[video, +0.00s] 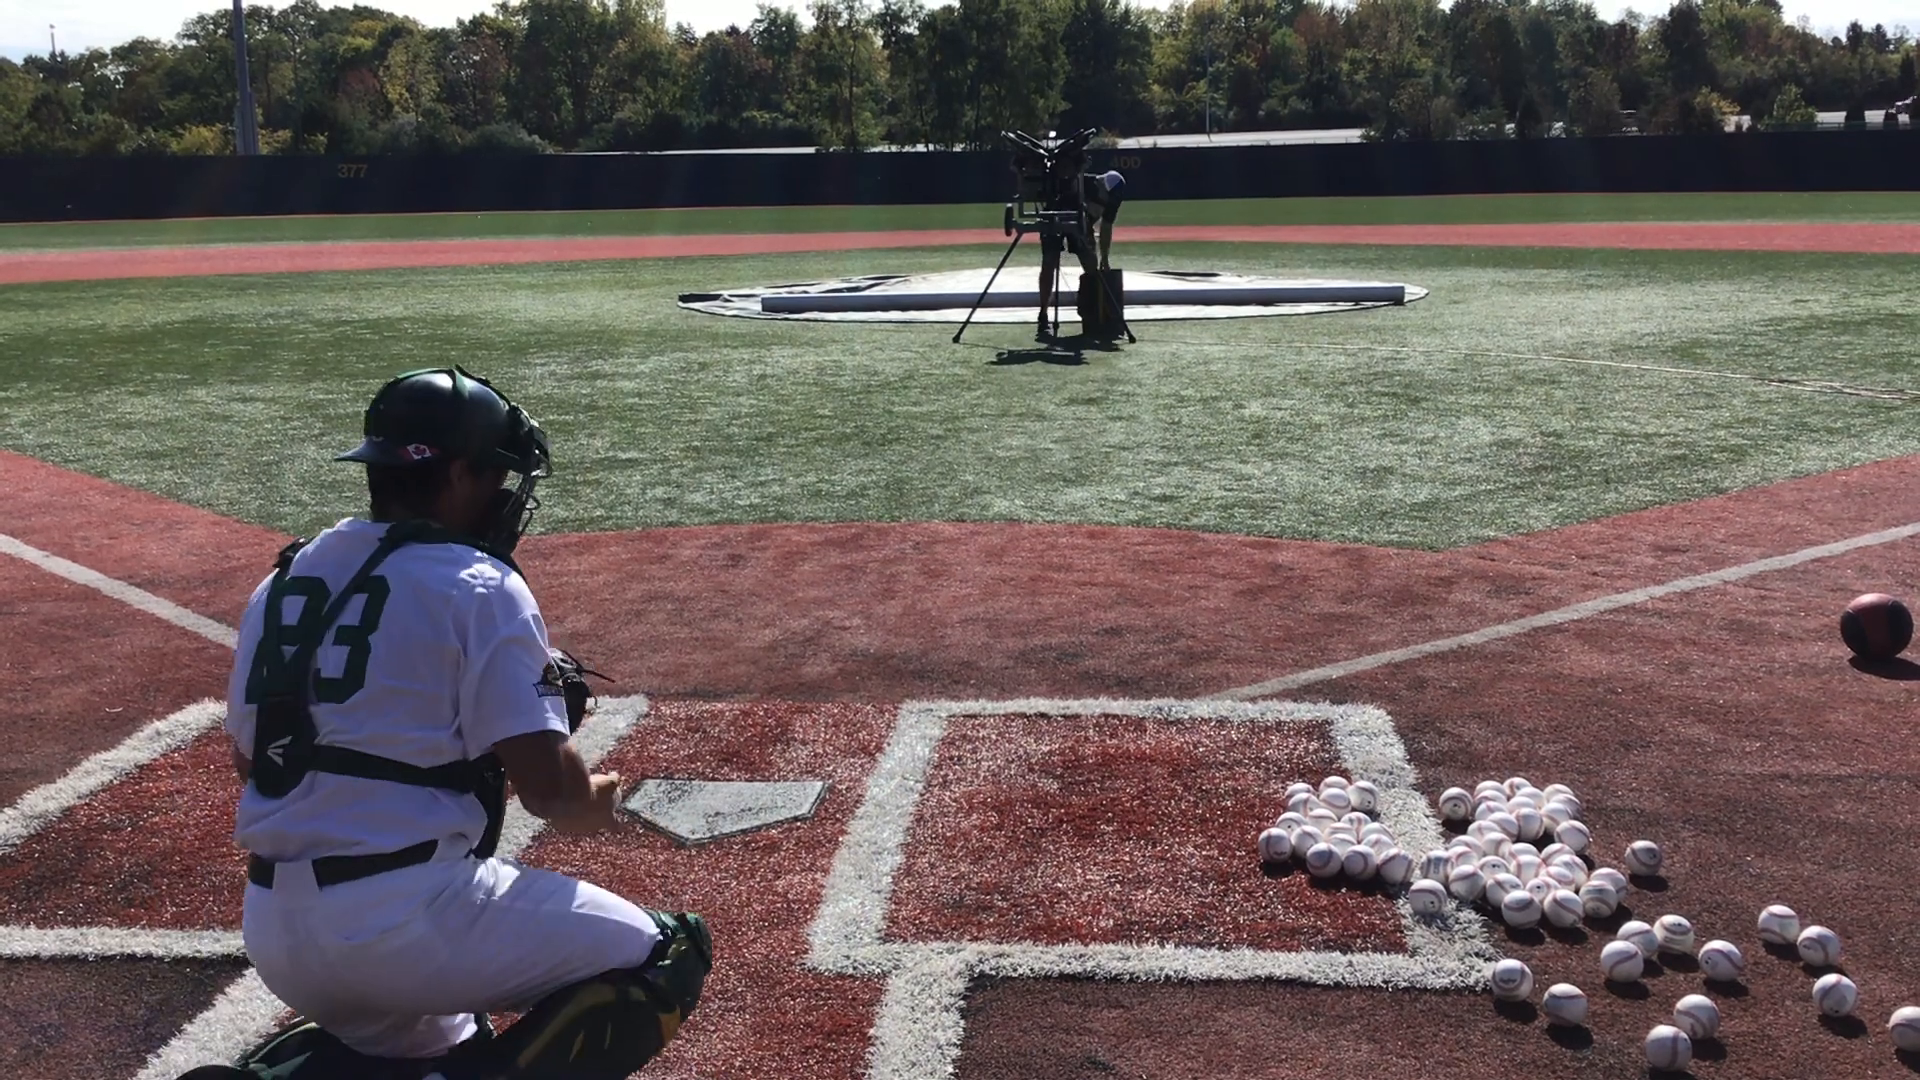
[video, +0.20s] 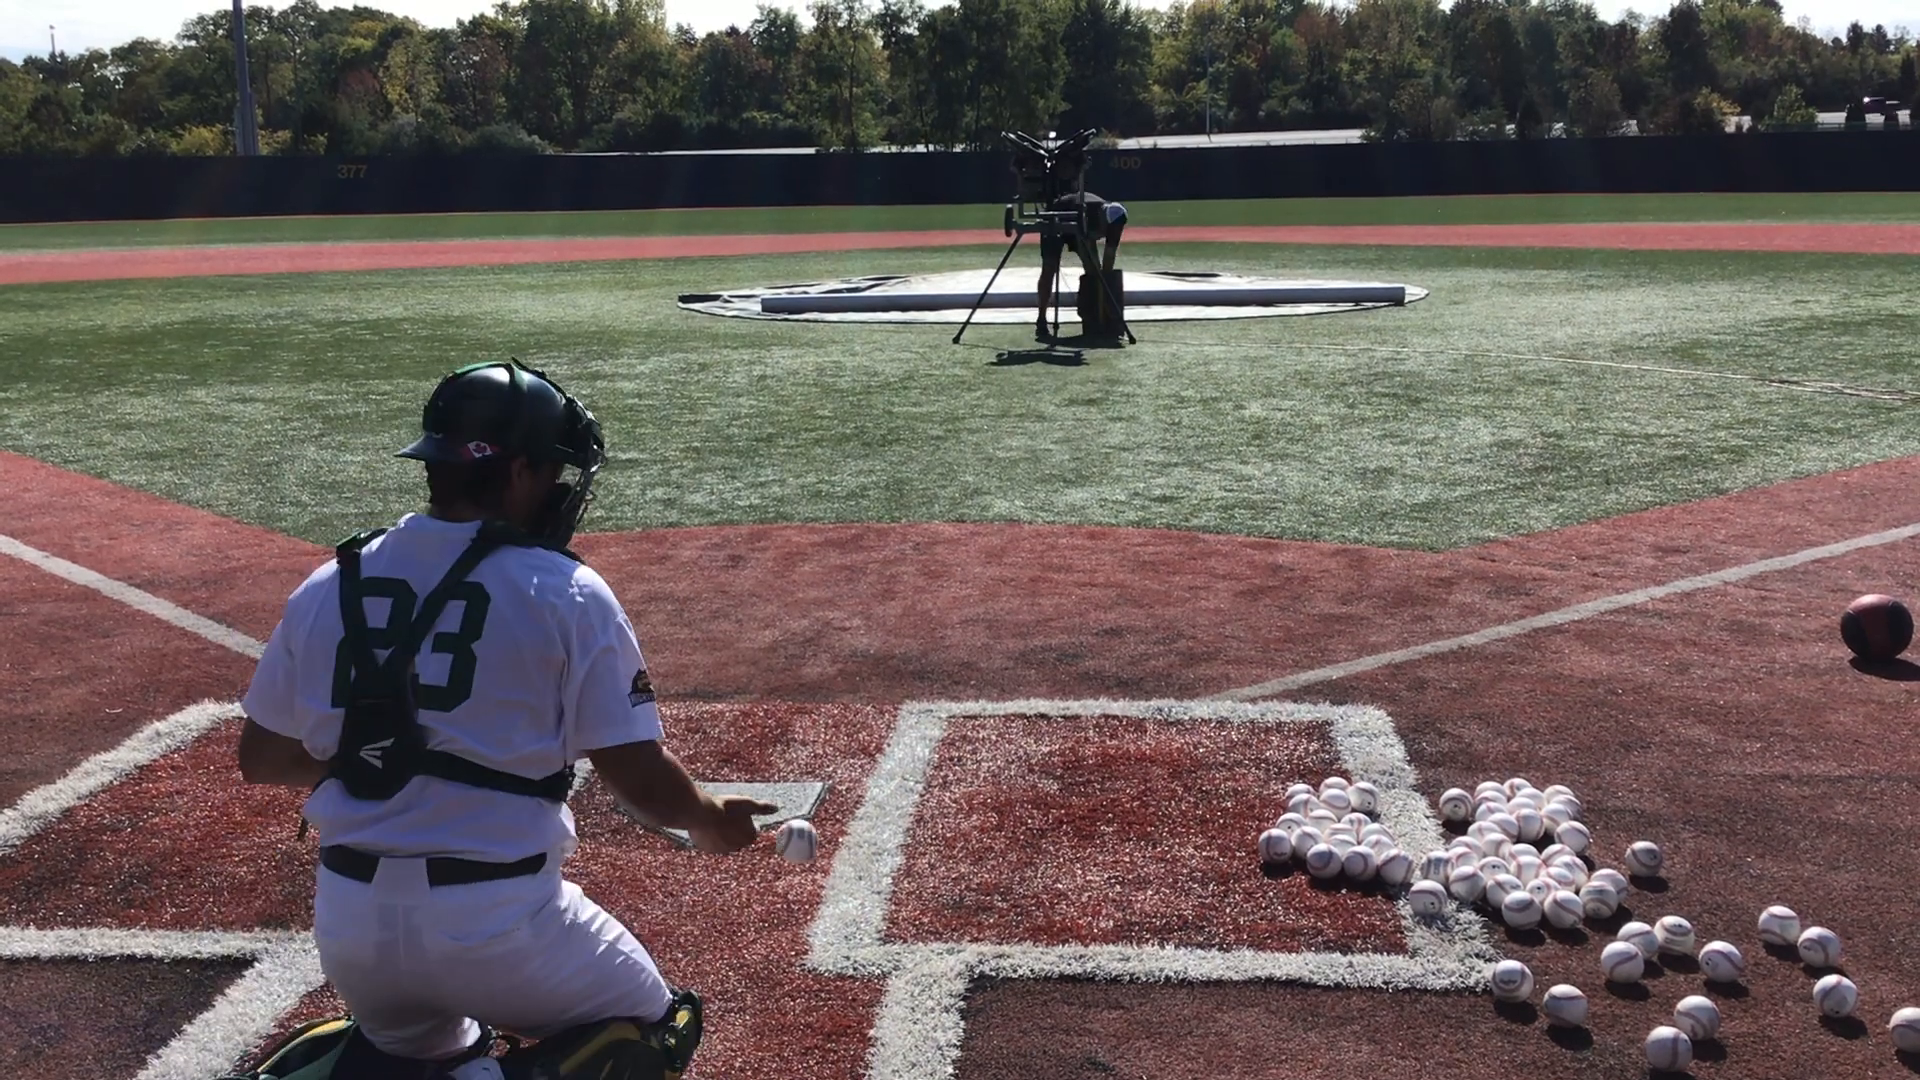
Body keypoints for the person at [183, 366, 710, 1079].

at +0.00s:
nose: (508, 492)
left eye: (507, 473)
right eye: (497, 473)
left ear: (384, 476)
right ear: (456, 479)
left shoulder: (282, 582)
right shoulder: (480, 589)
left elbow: (250, 752)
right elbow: (547, 785)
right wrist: (597, 804)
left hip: (275, 927)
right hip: (411, 916)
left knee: (454, 1042)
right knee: (664, 956)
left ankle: (284, 1064)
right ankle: (498, 1063)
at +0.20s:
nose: (563, 491)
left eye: (564, 471)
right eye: (555, 472)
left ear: (439, 468)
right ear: (517, 475)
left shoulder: (337, 581)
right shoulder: (566, 594)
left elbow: (264, 757)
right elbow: (637, 773)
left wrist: (376, 758)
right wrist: (707, 819)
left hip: (349, 917)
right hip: (498, 922)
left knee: (439, 1054)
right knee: (657, 1024)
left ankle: (326, 1060)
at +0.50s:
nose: (678, 448)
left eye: (679, 429)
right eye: (670, 429)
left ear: (558, 425)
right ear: (631, 431)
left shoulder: (448, 536)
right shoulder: (700, 560)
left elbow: (349, 695)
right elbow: (765, 731)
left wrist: (417, 733)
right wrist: (747, 781)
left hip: (456, 864)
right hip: (605, 883)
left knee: (435, 1034)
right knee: (688, 1045)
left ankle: (358, 1047)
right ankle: (507, 1064)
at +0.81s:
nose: (658, 431)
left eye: (651, 411)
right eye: (651, 415)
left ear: (530, 418)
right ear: (630, 428)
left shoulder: (445, 546)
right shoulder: (703, 556)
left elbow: (366, 738)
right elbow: (750, 728)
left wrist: (450, 729)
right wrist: (653, 735)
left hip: (460, 879)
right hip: (619, 904)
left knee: (376, 914)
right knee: (688, 1043)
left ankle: (372, 1049)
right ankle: (567, 1063)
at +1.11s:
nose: (572, 512)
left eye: (569, 495)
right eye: (565, 497)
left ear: (432, 510)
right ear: (546, 519)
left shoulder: (340, 643)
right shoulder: (614, 651)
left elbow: (282, 837)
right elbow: (686, 832)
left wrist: (400, 824)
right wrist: (577, 802)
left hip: (390, 1014)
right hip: (559, 1016)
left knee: (302, 898)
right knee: (685, 1026)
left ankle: (347, 1069)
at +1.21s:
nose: (543, 532)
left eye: (540, 516)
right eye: (536, 518)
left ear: (396, 529)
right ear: (517, 538)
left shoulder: (309, 659)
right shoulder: (579, 668)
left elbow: (263, 857)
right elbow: (652, 858)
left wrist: (383, 836)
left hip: (361, 1037)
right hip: (524, 1038)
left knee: (301, 902)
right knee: (679, 999)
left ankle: (324, 1065)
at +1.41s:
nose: (527, 529)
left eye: (524, 512)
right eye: (520, 514)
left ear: (385, 520)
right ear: (499, 531)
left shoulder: (292, 643)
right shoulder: (546, 656)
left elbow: (260, 826)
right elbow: (624, 857)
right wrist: (556, 806)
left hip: (294, 1032)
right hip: (453, 1041)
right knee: (713, 932)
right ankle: (568, 1070)